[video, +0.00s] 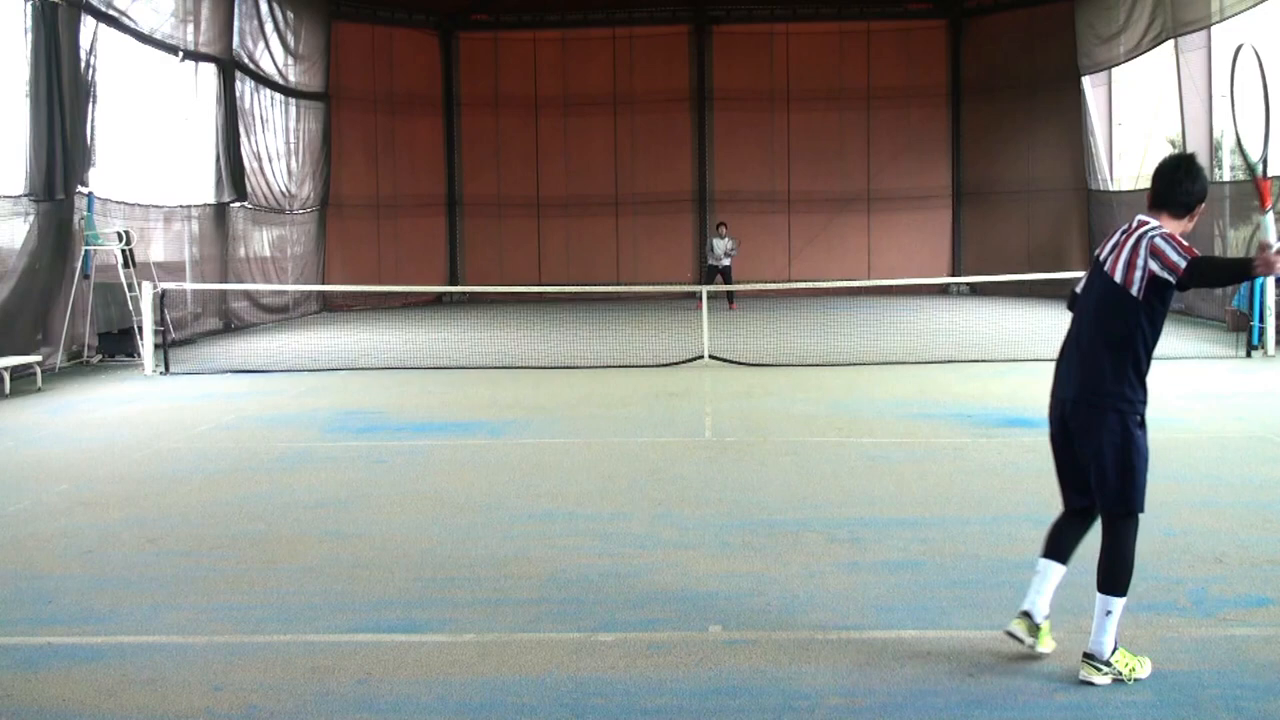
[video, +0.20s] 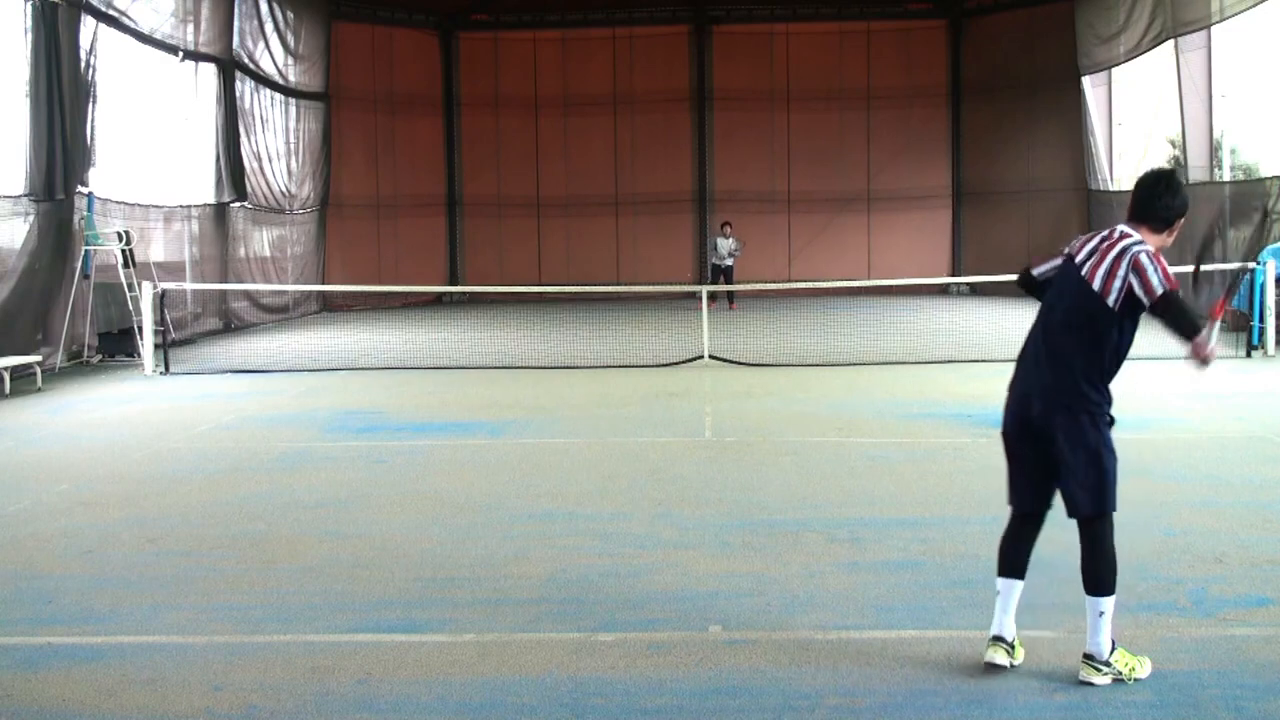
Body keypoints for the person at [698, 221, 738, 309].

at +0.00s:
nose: (722, 231)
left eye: (723, 229)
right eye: (720, 229)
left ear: (726, 230)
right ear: (717, 230)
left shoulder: (730, 241)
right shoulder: (711, 240)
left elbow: (734, 252)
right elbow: (708, 252)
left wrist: (728, 253)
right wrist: (716, 257)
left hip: (725, 265)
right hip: (713, 265)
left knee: (729, 284)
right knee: (707, 283)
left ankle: (731, 303)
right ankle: (701, 301)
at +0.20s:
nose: (727, 231)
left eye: (728, 229)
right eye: (725, 229)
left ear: (731, 230)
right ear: (722, 230)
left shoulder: (733, 241)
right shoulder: (717, 240)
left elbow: (737, 252)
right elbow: (712, 251)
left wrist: (732, 253)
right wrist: (718, 256)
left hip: (728, 264)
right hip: (717, 264)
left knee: (729, 284)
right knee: (714, 283)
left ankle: (731, 302)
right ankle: (713, 301)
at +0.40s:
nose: (728, 231)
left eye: (729, 229)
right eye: (726, 229)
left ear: (732, 230)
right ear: (723, 230)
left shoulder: (735, 241)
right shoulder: (719, 240)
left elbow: (739, 252)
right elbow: (716, 251)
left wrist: (733, 254)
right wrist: (723, 256)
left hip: (730, 264)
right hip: (718, 263)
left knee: (731, 284)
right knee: (713, 281)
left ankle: (731, 303)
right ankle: (710, 299)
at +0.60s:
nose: (725, 230)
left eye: (727, 228)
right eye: (723, 228)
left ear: (729, 229)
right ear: (721, 230)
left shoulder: (734, 240)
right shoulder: (717, 240)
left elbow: (738, 251)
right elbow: (715, 250)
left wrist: (731, 253)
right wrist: (721, 256)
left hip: (729, 264)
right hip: (717, 263)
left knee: (731, 283)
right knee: (711, 281)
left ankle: (732, 302)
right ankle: (709, 298)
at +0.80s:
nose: (719, 232)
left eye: (720, 230)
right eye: (717, 230)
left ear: (723, 231)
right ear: (715, 232)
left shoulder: (728, 241)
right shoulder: (711, 243)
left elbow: (732, 251)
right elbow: (708, 255)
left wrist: (726, 257)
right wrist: (714, 261)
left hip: (726, 265)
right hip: (715, 266)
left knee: (730, 284)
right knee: (711, 284)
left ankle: (731, 302)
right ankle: (710, 301)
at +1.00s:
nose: (716, 232)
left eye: (718, 230)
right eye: (714, 230)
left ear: (720, 231)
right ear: (712, 232)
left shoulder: (726, 242)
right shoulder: (708, 243)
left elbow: (726, 253)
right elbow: (705, 255)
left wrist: (716, 256)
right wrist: (710, 261)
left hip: (724, 265)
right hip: (713, 266)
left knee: (729, 283)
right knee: (710, 284)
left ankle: (733, 302)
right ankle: (710, 302)